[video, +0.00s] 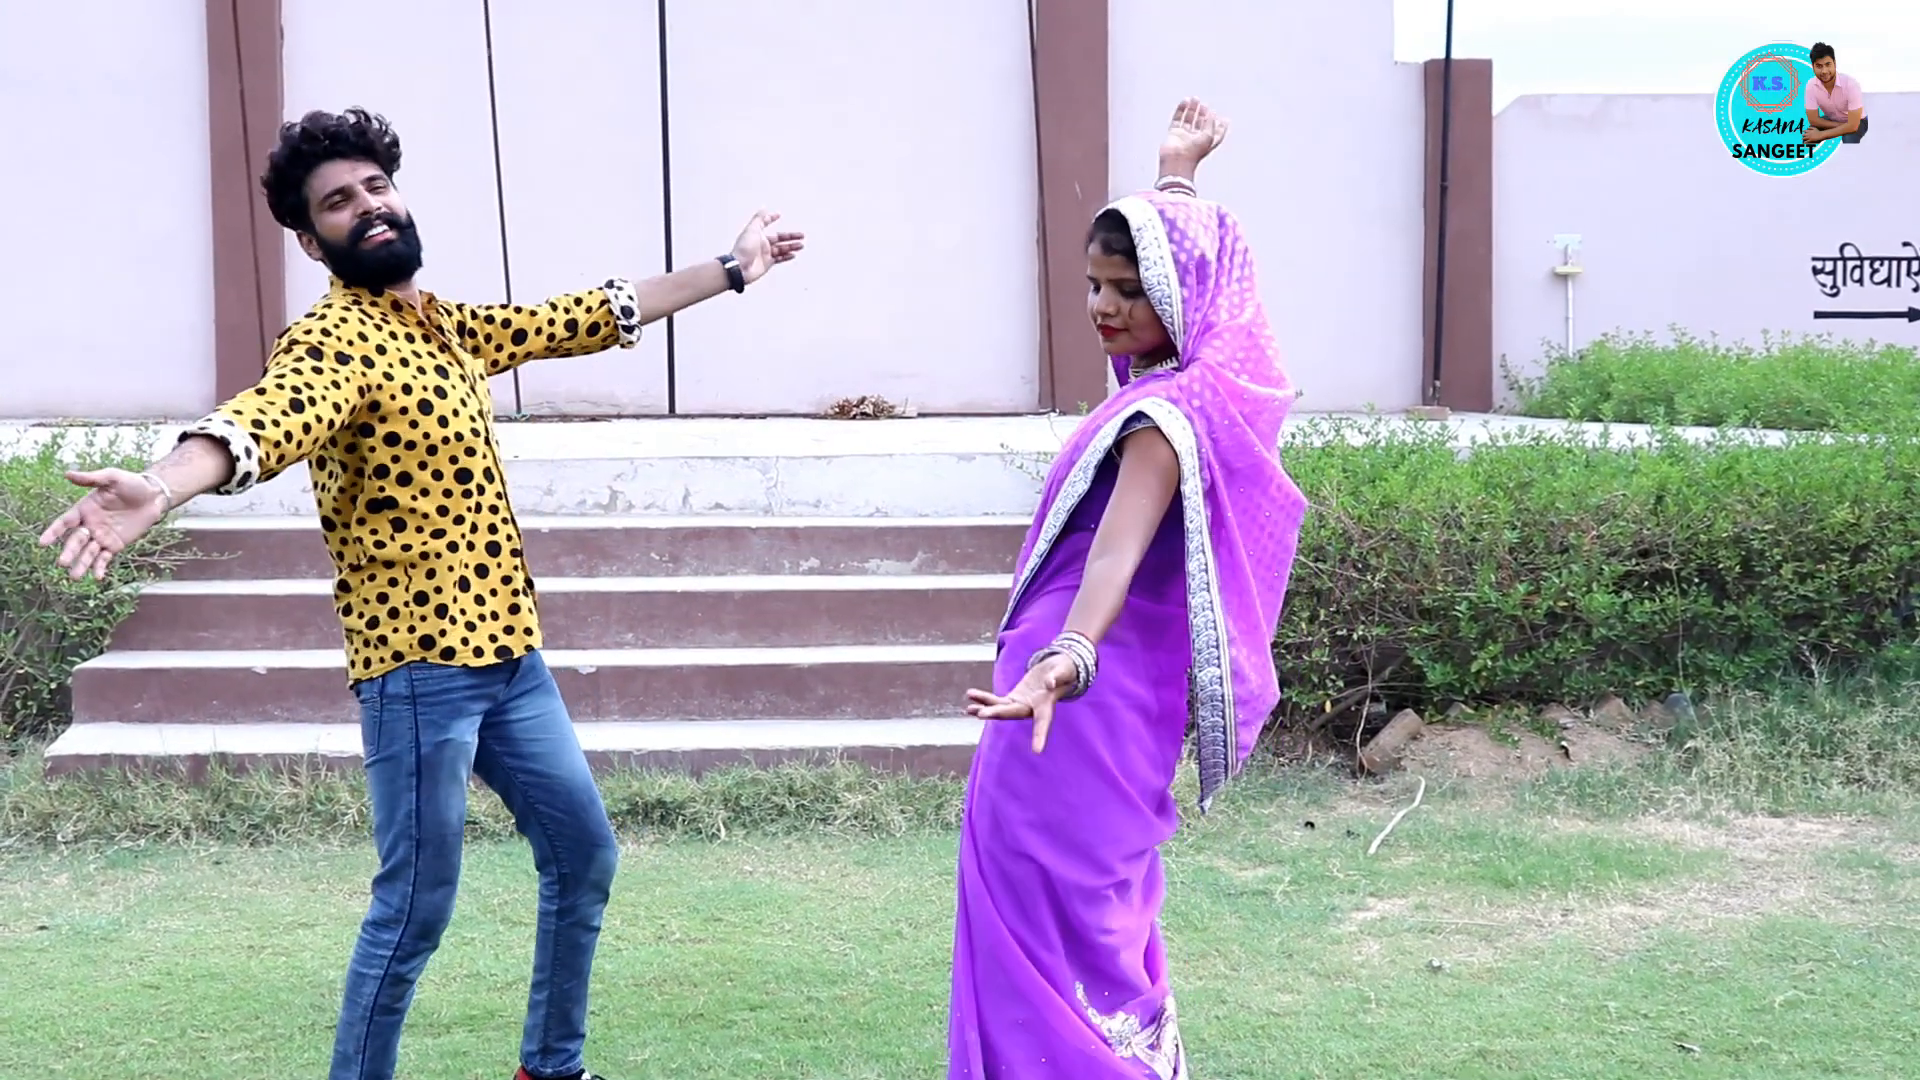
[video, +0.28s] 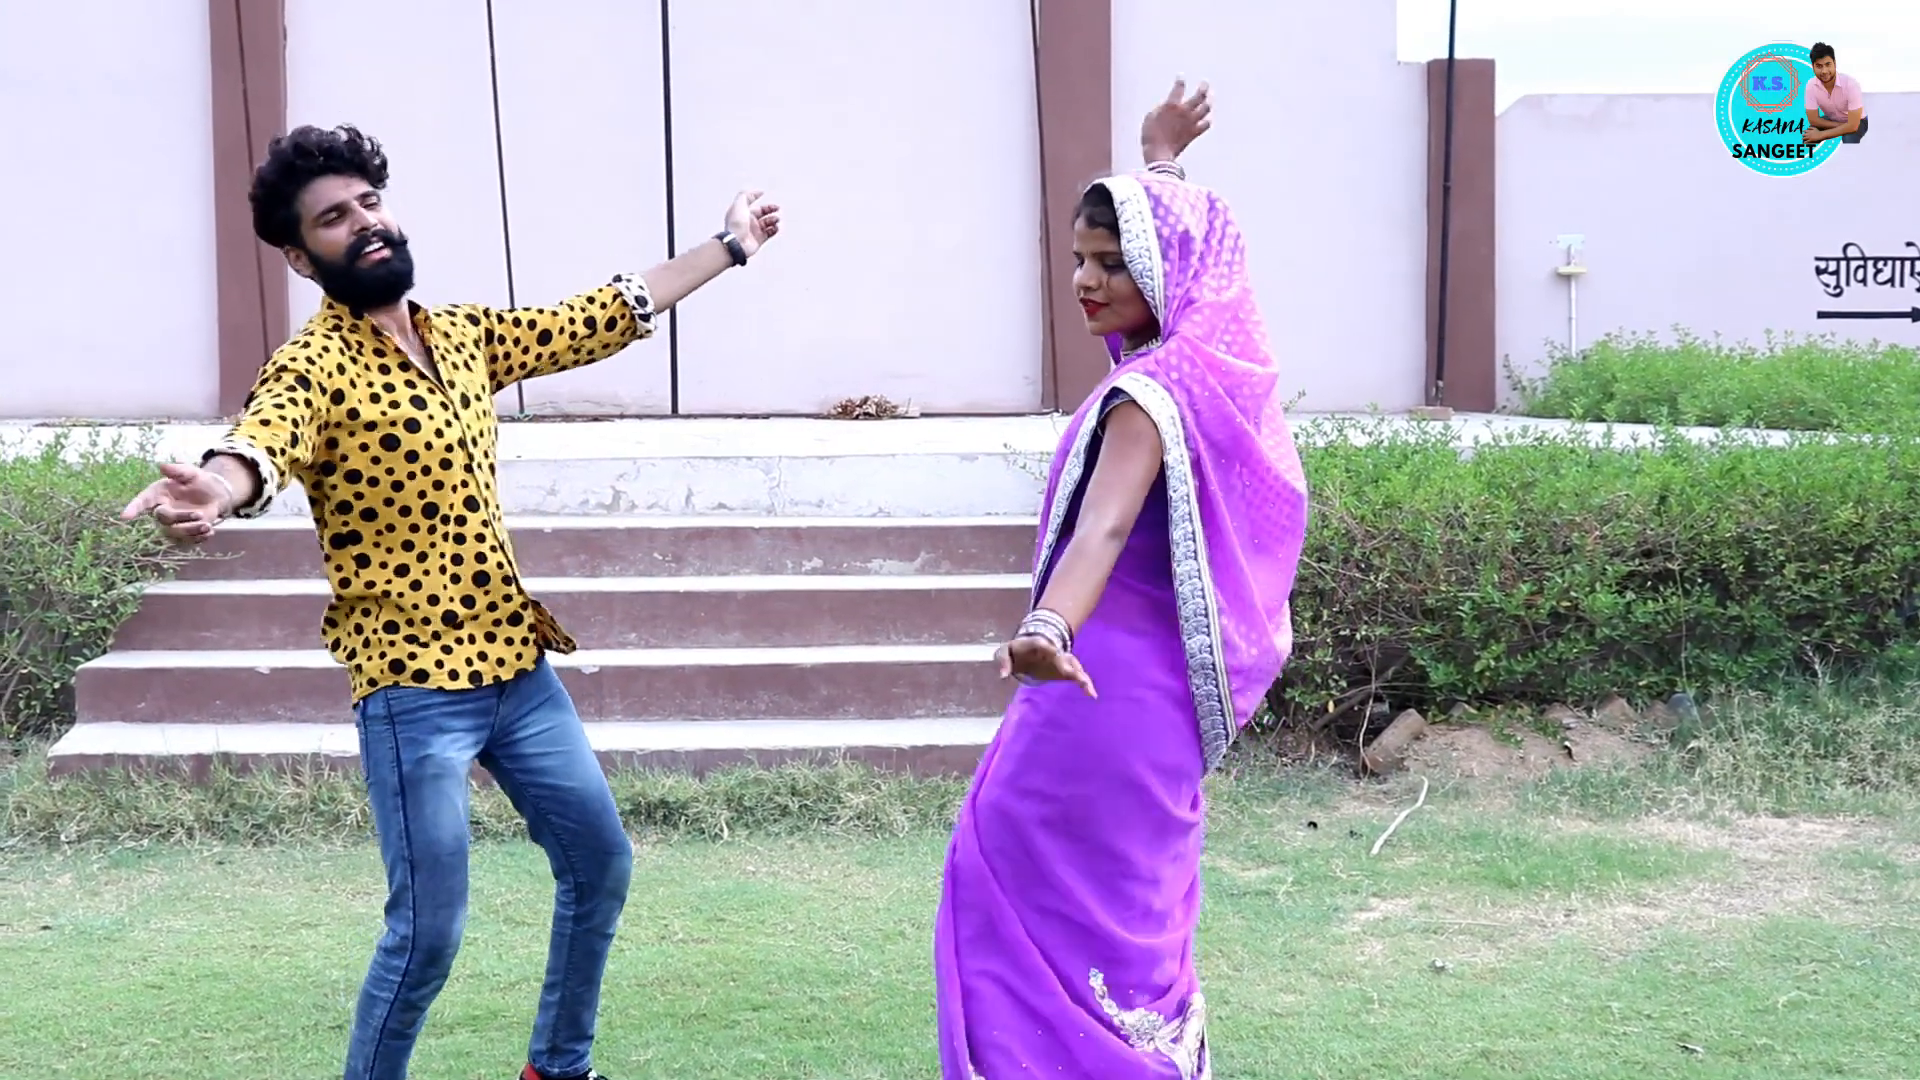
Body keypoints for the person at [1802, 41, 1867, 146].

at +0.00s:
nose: (1824, 71)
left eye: (1828, 65)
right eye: (1819, 66)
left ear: (1835, 64)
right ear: (1813, 67)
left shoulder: (1850, 85)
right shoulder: (1811, 86)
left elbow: (1853, 126)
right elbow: (1813, 120)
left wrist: (1820, 135)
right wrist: (1843, 126)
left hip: (1854, 122)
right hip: (1829, 121)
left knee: (1849, 140)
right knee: (1810, 136)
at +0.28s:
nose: (1824, 71)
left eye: (1828, 65)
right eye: (1819, 66)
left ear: (1835, 64)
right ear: (1813, 67)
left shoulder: (1850, 85)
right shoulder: (1811, 86)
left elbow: (1853, 126)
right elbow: (1813, 120)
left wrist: (1820, 135)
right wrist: (1843, 126)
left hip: (1854, 122)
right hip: (1829, 121)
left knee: (1849, 140)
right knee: (1810, 136)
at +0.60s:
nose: (1824, 71)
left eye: (1828, 65)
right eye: (1819, 66)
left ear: (1835, 63)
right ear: (1813, 67)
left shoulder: (1851, 85)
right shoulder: (1812, 86)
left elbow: (1852, 126)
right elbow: (1813, 120)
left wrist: (1820, 135)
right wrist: (1843, 126)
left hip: (1855, 122)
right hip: (1829, 121)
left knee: (1849, 140)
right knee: (1810, 136)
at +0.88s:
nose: (1824, 71)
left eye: (1828, 65)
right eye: (1819, 66)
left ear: (1835, 63)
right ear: (1813, 67)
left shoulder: (1851, 85)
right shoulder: (1812, 86)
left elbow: (1853, 126)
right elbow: (1813, 120)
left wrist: (1820, 135)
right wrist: (1843, 126)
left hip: (1855, 122)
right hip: (1830, 121)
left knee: (1848, 140)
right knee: (1810, 136)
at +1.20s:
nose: (1824, 71)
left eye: (1828, 65)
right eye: (1819, 66)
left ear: (1835, 63)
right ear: (1813, 67)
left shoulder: (1850, 85)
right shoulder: (1812, 86)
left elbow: (1853, 126)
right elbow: (1813, 120)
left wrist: (1820, 135)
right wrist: (1843, 126)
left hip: (1855, 122)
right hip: (1830, 121)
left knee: (1848, 140)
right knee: (1810, 136)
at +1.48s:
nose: (1824, 71)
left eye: (1828, 65)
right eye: (1819, 66)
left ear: (1835, 63)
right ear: (1813, 67)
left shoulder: (1850, 85)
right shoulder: (1812, 86)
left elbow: (1853, 126)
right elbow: (1813, 120)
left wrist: (1820, 135)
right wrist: (1843, 126)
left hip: (1855, 122)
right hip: (1830, 121)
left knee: (1848, 140)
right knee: (1810, 136)